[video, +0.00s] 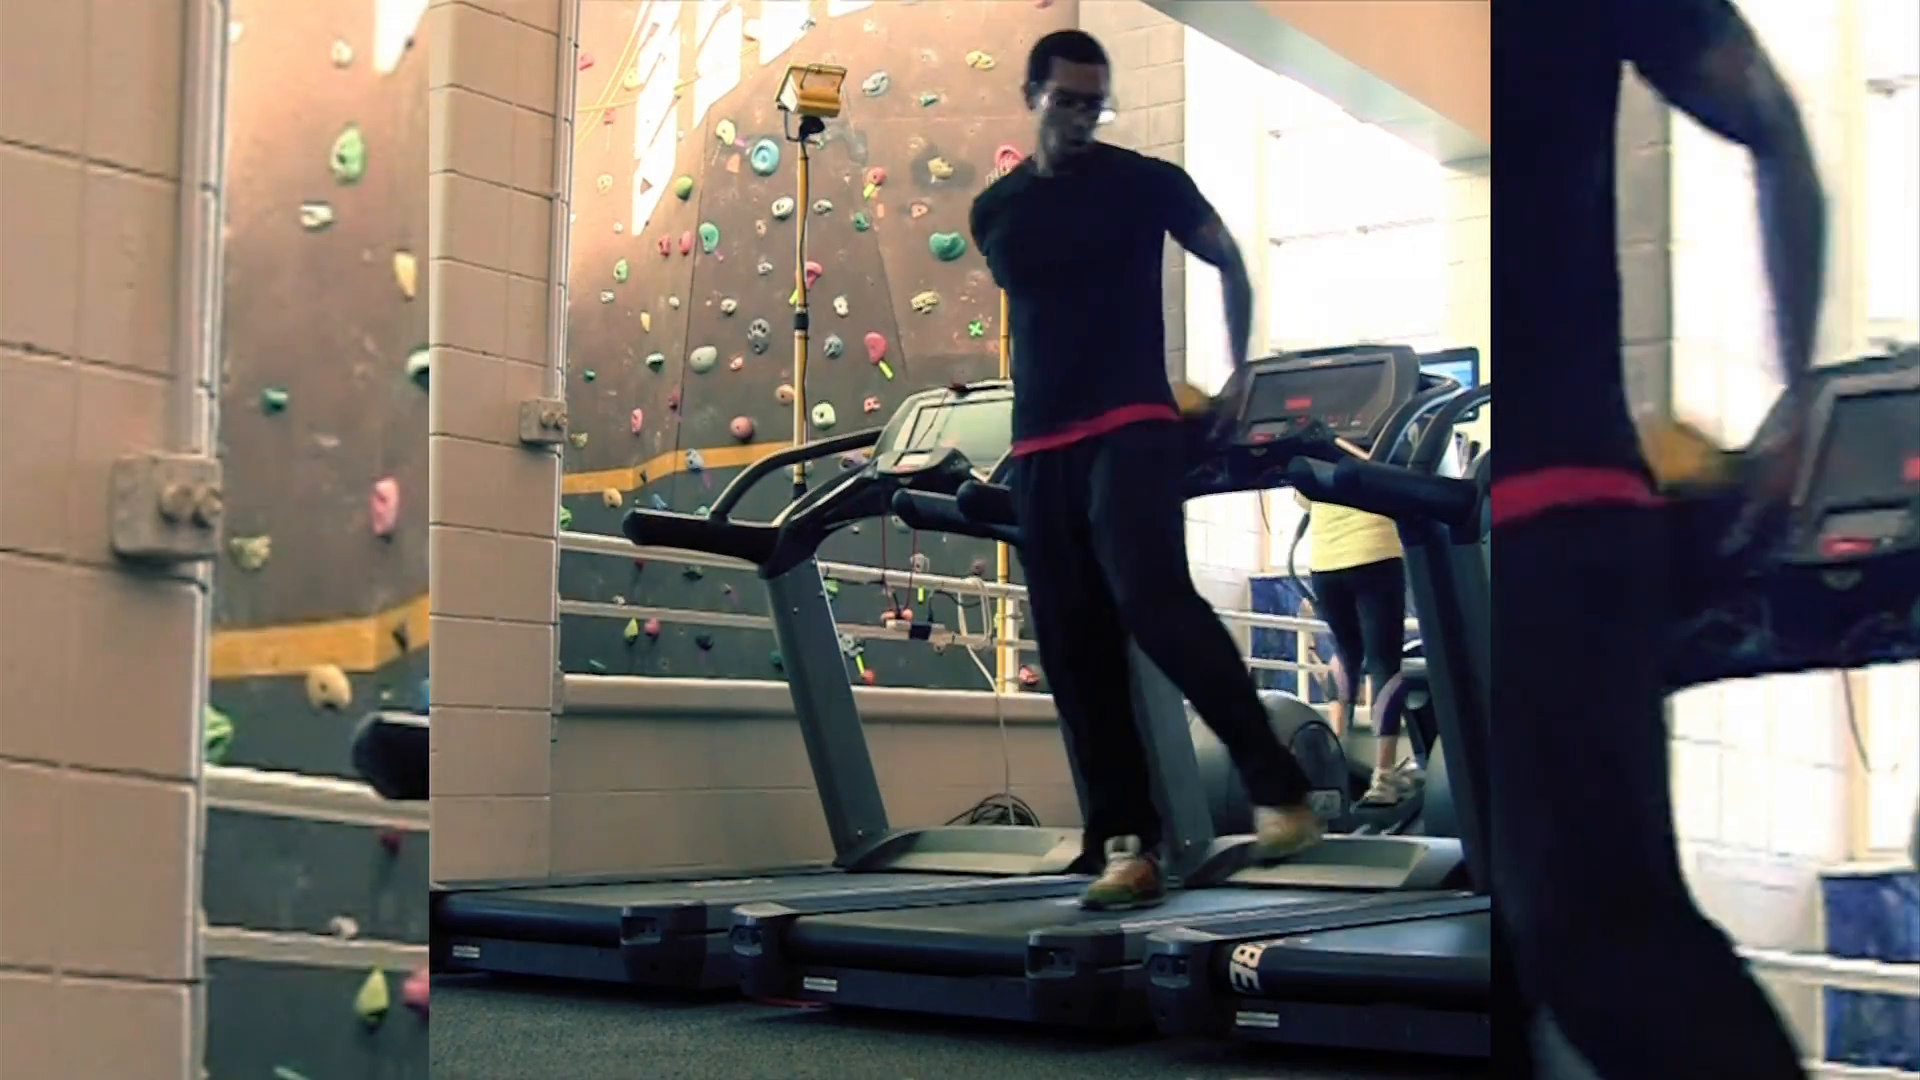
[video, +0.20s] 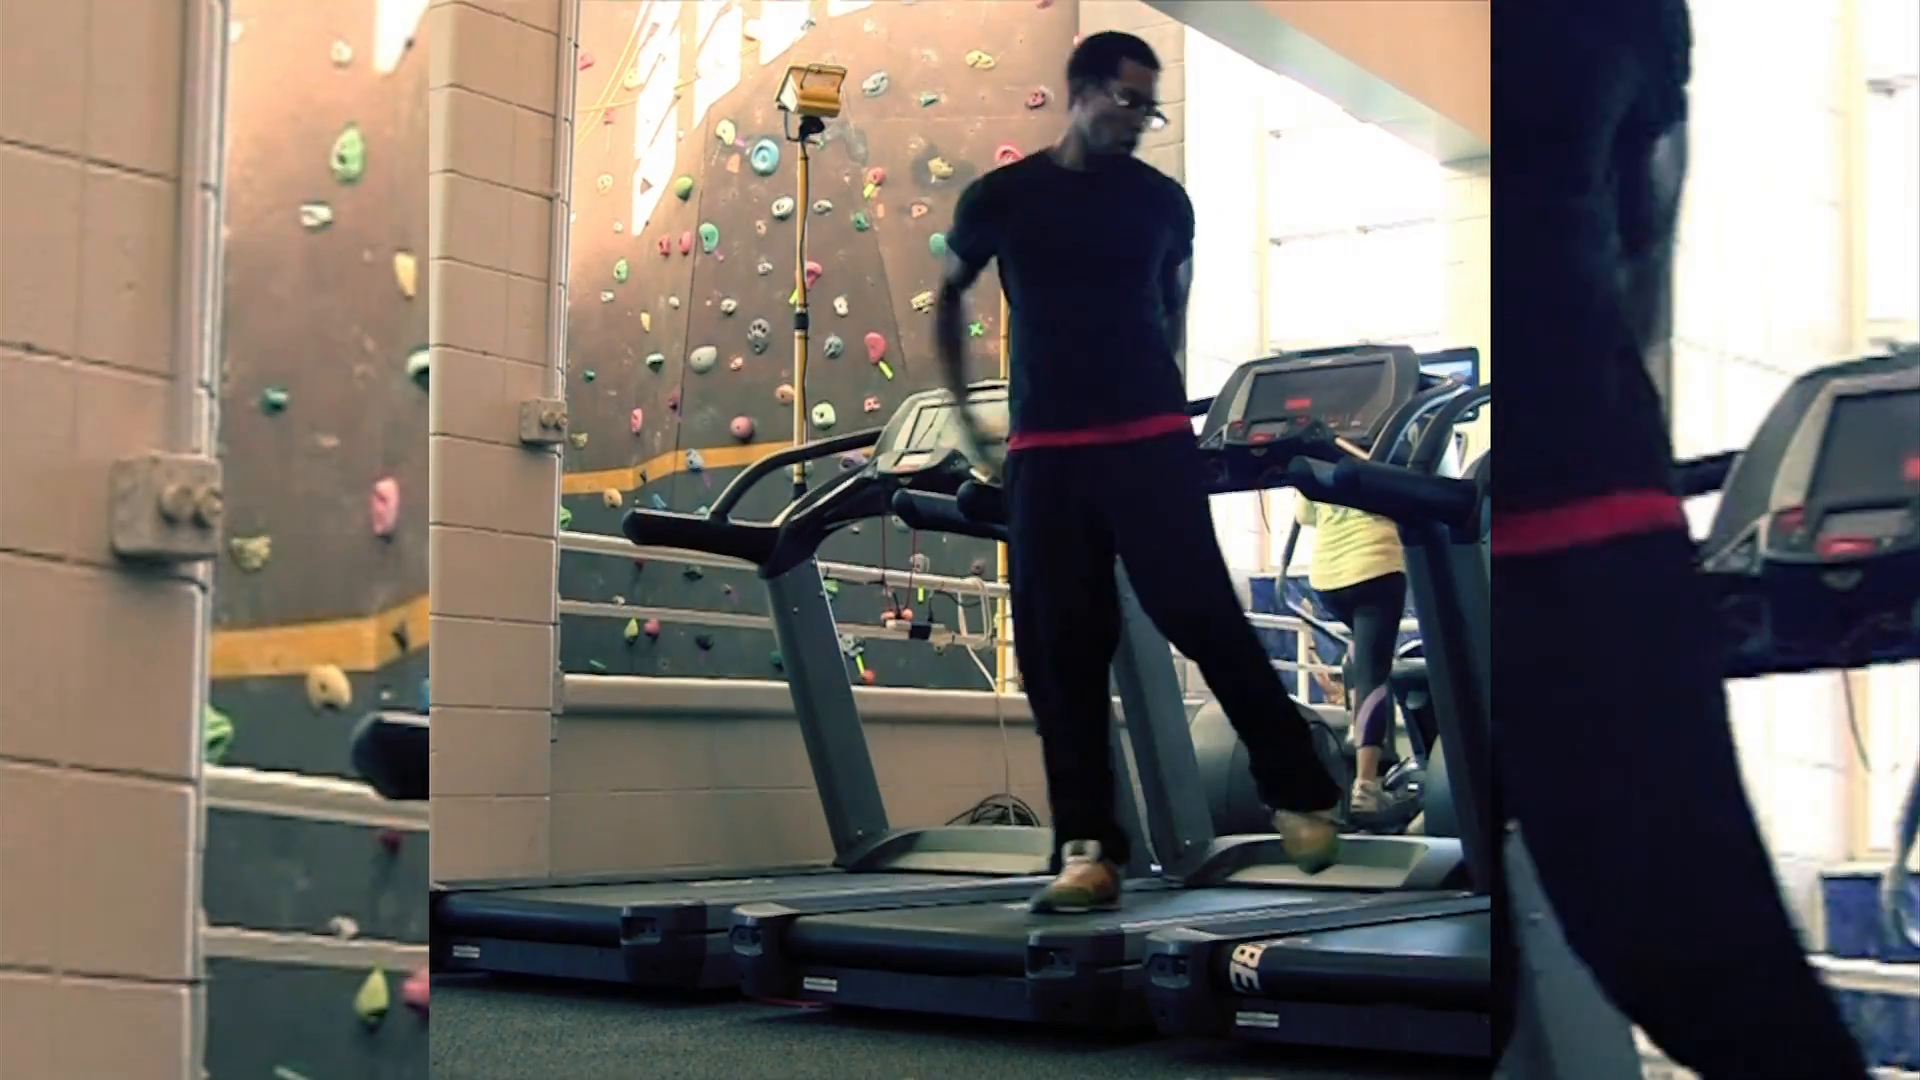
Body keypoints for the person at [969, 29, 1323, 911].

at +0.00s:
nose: (1083, 118)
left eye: (1095, 104)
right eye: (1068, 102)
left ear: (1108, 105)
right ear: (1030, 100)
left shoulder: (1149, 183)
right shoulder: (994, 210)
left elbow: (1230, 266)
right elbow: (1025, 310)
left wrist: (1241, 372)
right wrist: (1025, 425)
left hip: (1136, 427)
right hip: (1044, 445)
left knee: (1153, 603)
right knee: (1076, 653)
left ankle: (1283, 796)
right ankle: (1130, 845)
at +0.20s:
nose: (1140, 120)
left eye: (1149, 107)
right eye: (1127, 101)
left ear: (1148, 109)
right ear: (1076, 93)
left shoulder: (1164, 202)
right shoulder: (1000, 197)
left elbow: (1171, 324)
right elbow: (948, 299)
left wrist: (1162, 416)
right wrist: (968, 420)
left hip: (1151, 452)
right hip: (1049, 460)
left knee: (1208, 626)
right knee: (1060, 660)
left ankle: (1306, 803)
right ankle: (1086, 851)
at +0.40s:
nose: (1181, 128)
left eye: (1187, 115)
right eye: (1172, 108)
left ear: (1152, 110)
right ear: (1118, 94)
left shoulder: (1157, 215)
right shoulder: (1019, 178)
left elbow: (1135, 322)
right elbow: (905, 253)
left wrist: (1161, 412)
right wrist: (874, 370)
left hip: (1163, 456)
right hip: (1061, 455)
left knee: (1234, 628)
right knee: (1047, 648)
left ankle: (1229, 813)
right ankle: (1047, 843)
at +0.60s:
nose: (1192, 146)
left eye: (1197, 133)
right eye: (1187, 125)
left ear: (1147, 113)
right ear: (1141, 104)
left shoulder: (1124, 207)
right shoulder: (1068, 158)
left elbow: (1080, 335)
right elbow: (946, 214)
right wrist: (960, 318)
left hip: (1142, 455)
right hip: (1071, 447)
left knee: (1200, 627)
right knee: (1057, 639)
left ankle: (1141, 835)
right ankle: (1023, 844)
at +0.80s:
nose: (1188, 180)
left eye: (1195, 165)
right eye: (1187, 159)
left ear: (1136, 137)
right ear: (1150, 138)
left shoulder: (1060, 224)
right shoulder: (1096, 188)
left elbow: (1013, 369)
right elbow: (1089, 229)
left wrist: (1028, 489)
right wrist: (1175, 309)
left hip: (1075, 462)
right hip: (1082, 456)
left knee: (1156, 642)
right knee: (1088, 642)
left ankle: (1087, 856)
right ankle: (984, 857)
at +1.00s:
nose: (1188, 203)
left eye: (1190, 193)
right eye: (1185, 189)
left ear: (1110, 170)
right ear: (1156, 169)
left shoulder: (1030, 249)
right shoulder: (1144, 200)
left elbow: (1003, 393)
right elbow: (1206, 266)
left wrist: (1019, 475)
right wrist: (1288, 363)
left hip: (1022, 475)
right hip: (1096, 462)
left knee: (1068, 671)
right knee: (1126, 660)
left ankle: (1043, 850)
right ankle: (1006, 818)